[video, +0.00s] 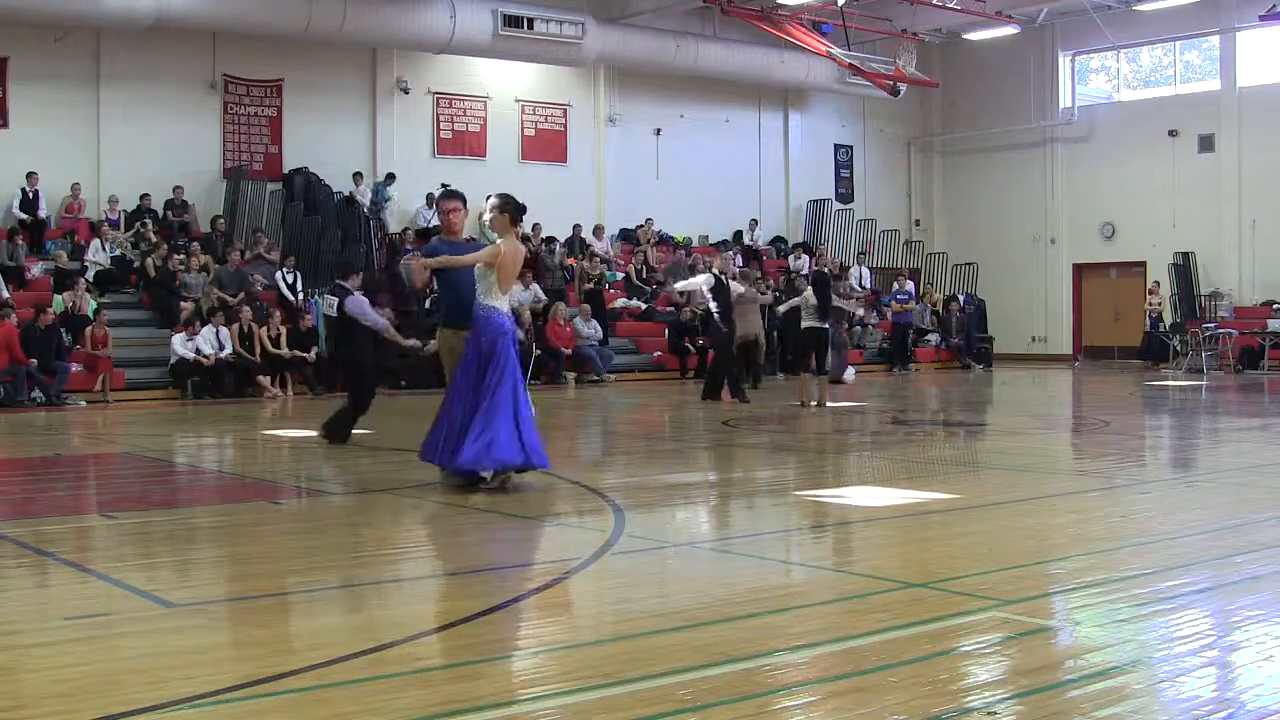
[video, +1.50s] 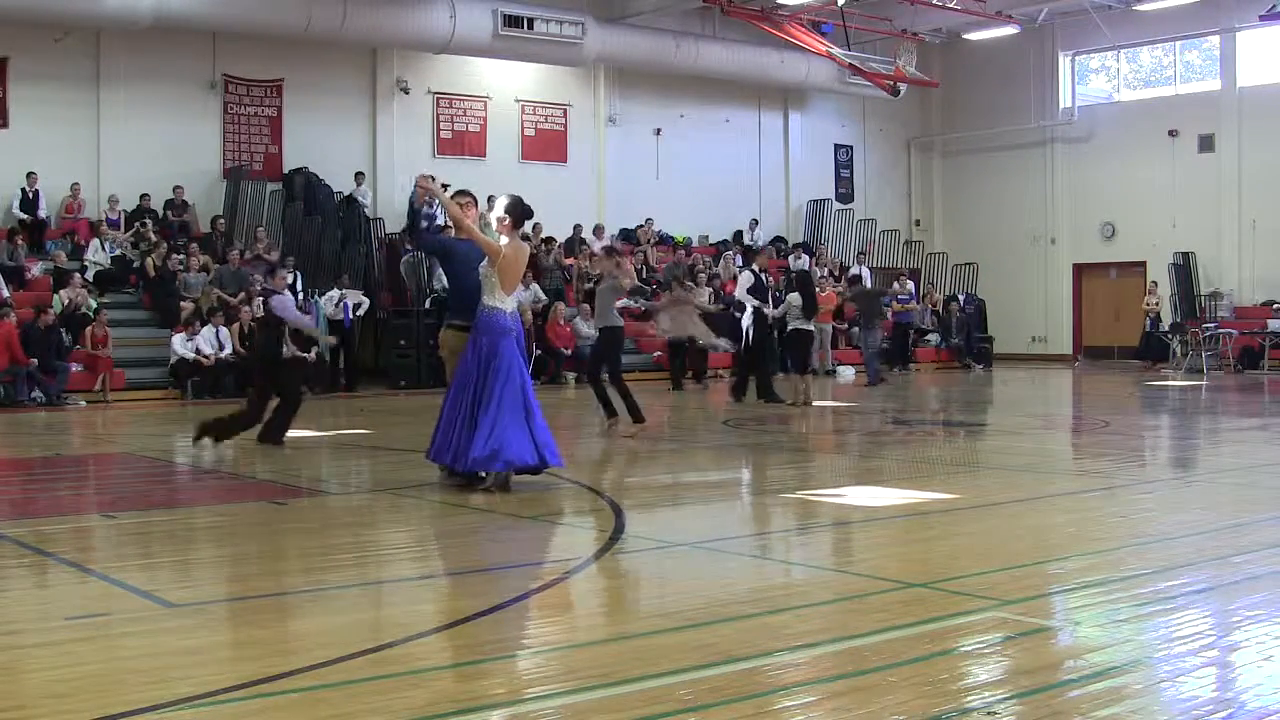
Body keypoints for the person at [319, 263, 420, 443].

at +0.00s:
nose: (362, 279)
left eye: (361, 276)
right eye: (361, 276)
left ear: (341, 276)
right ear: (353, 277)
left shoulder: (331, 292)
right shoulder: (355, 300)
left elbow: (355, 313)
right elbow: (379, 325)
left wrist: (377, 314)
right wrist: (403, 341)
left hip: (341, 351)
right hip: (356, 354)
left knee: (359, 393)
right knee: (364, 395)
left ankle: (338, 430)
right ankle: (334, 429)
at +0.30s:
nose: (342, 262)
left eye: (340, 258)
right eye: (341, 259)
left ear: (322, 260)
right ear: (338, 260)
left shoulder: (312, 278)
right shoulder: (342, 283)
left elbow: (321, 263)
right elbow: (376, 293)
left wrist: (336, 247)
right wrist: (406, 299)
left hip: (329, 341)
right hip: (345, 342)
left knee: (342, 385)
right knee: (355, 387)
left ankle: (331, 427)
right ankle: (335, 434)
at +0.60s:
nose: (332, 245)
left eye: (329, 242)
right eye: (331, 243)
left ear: (313, 246)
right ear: (327, 247)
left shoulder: (306, 262)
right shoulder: (333, 263)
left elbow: (301, 239)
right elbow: (359, 249)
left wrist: (307, 213)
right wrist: (379, 229)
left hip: (326, 325)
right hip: (341, 326)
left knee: (333, 371)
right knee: (346, 373)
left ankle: (328, 421)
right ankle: (338, 428)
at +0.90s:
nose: (325, 243)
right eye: (321, 241)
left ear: (305, 249)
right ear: (314, 246)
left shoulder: (306, 263)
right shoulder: (314, 261)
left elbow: (288, 253)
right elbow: (322, 237)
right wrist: (324, 211)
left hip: (322, 323)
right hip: (331, 323)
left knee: (314, 374)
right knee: (338, 375)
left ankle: (288, 418)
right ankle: (337, 426)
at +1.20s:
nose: (306, 271)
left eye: (305, 266)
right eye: (303, 266)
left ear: (287, 267)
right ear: (295, 267)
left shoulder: (282, 282)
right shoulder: (292, 286)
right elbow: (277, 317)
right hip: (298, 348)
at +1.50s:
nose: (287, 281)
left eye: (286, 277)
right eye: (282, 278)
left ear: (273, 281)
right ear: (272, 279)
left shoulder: (265, 298)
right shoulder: (279, 300)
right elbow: (299, 321)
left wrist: (302, 354)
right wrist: (322, 337)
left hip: (264, 360)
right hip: (269, 361)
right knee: (292, 398)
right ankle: (271, 435)